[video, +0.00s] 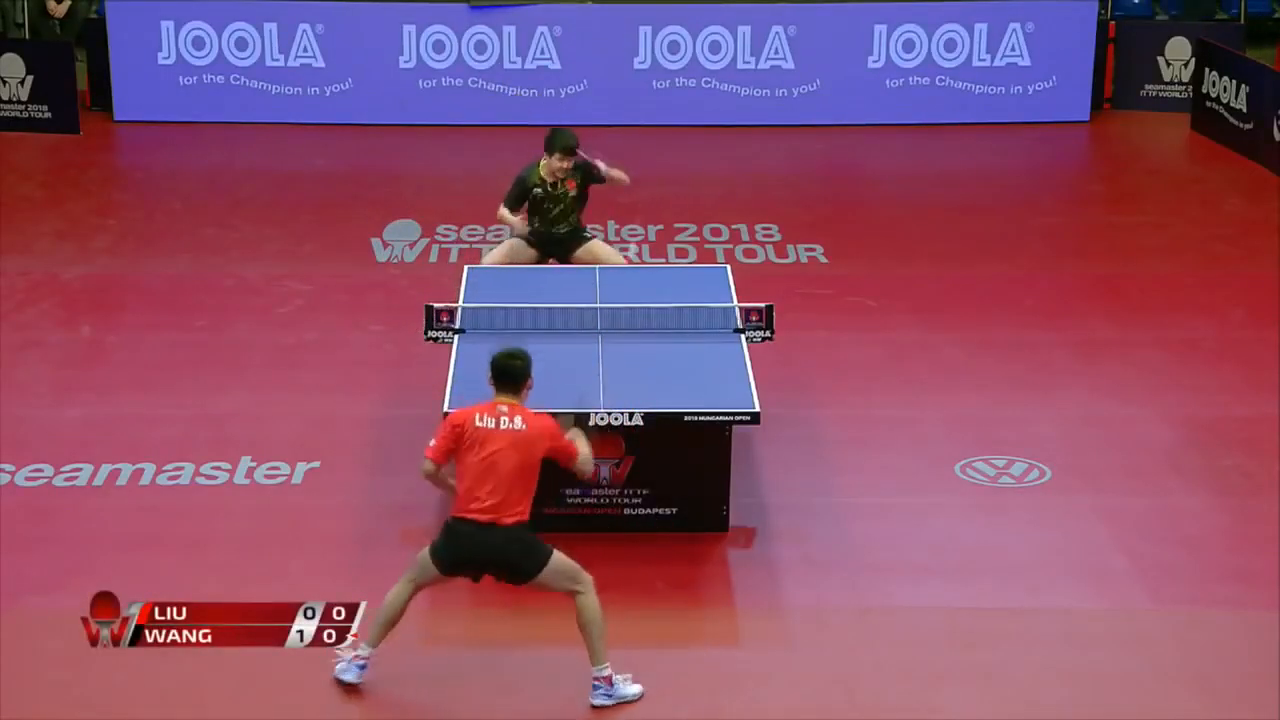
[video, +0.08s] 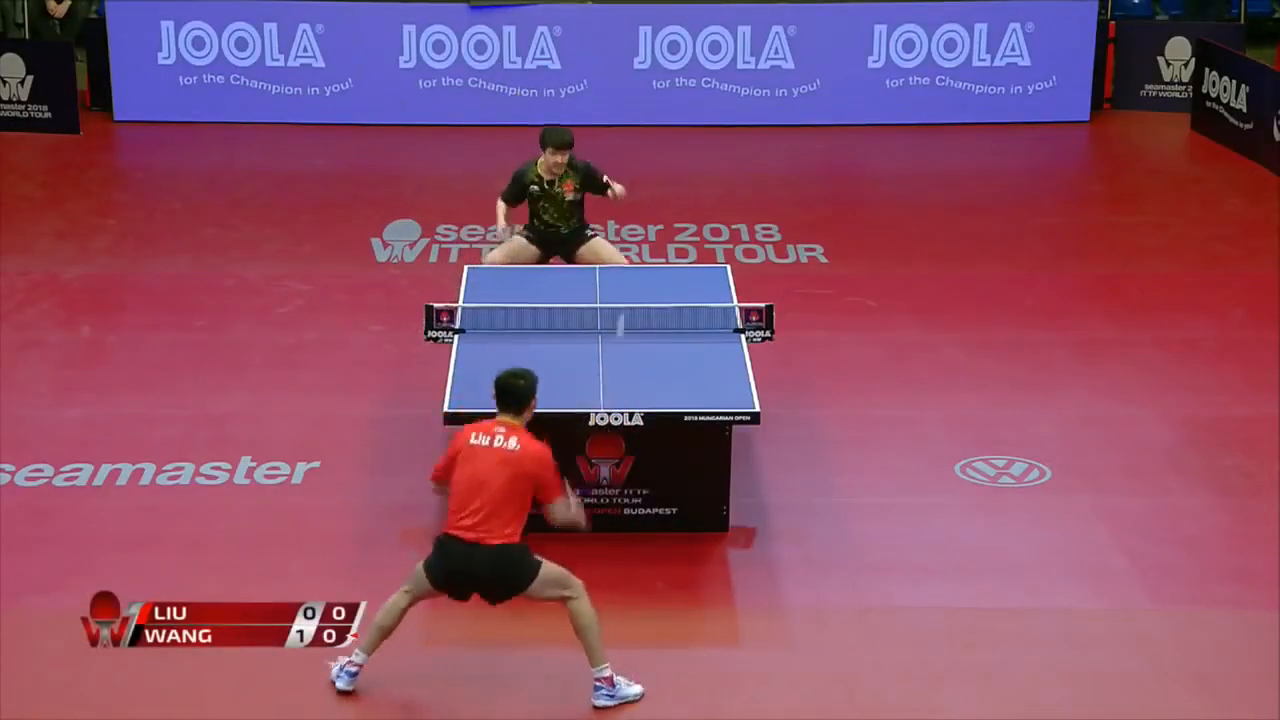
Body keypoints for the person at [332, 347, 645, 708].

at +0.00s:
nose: (530, 385)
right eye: (531, 380)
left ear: (491, 381)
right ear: (527, 385)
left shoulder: (463, 418)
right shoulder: (541, 425)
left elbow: (430, 469)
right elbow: (584, 470)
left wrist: (456, 490)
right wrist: (580, 442)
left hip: (461, 538)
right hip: (511, 543)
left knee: (409, 583)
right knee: (582, 584)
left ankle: (357, 661)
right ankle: (604, 680)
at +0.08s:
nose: (537, 404)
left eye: (530, 398)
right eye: (536, 400)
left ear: (496, 400)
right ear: (531, 406)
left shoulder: (467, 435)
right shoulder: (536, 452)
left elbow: (439, 481)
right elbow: (557, 514)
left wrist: (476, 494)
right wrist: (575, 513)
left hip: (451, 555)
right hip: (504, 562)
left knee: (405, 595)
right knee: (572, 588)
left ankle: (350, 666)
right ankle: (605, 680)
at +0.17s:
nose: (536, 418)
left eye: (532, 410)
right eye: (535, 412)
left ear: (497, 409)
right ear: (529, 418)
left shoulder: (475, 438)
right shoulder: (514, 466)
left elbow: (491, 478)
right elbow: (505, 532)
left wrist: (530, 480)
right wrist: (542, 576)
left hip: (435, 558)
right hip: (478, 565)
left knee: (407, 601)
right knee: (556, 596)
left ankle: (346, 657)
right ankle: (602, 681)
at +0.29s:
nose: (488, 411)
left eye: (488, 405)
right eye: (485, 405)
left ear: (447, 401)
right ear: (467, 406)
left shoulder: (417, 427)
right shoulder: (458, 446)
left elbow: (447, 432)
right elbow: (479, 502)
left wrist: (476, 428)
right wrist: (523, 486)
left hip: (423, 551)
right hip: (465, 555)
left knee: (402, 584)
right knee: (549, 593)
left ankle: (350, 646)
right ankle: (594, 680)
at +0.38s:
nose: (448, 398)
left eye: (446, 391)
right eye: (448, 391)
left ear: (409, 396)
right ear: (439, 397)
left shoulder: (388, 437)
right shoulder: (455, 430)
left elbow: (420, 423)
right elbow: (505, 416)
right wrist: (472, 373)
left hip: (422, 553)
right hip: (472, 551)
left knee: (392, 574)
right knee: (556, 578)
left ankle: (349, 644)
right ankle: (553, 668)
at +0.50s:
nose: (428, 393)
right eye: (424, 388)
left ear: (386, 402)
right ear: (422, 395)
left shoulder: (381, 456)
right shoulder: (446, 419)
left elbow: (367, 502)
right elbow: (464, 369)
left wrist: (388, 453)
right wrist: (414, 351)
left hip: (427, 552)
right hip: (478, 546)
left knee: (376, 573)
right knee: (541, 584)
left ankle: (344, 656)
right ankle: (547, 663)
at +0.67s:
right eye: (423, 387)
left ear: (388, 397)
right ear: (426, 392)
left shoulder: (378, 454)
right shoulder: (453, 424)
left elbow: (363, 516)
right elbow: (502, 409)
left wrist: (371, 483)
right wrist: (467, 363)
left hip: (415, 561)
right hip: (468, 555)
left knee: (372, 578)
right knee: (531, 586)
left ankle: (344, 664)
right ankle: (560, 676)